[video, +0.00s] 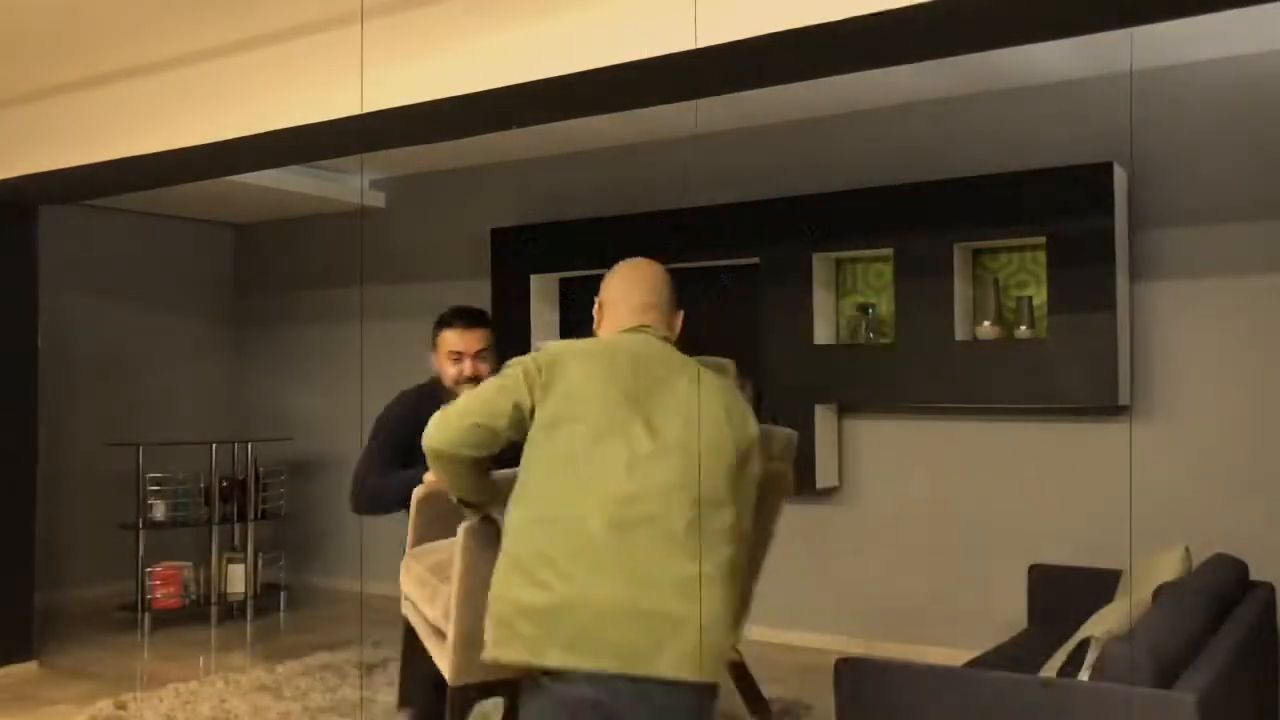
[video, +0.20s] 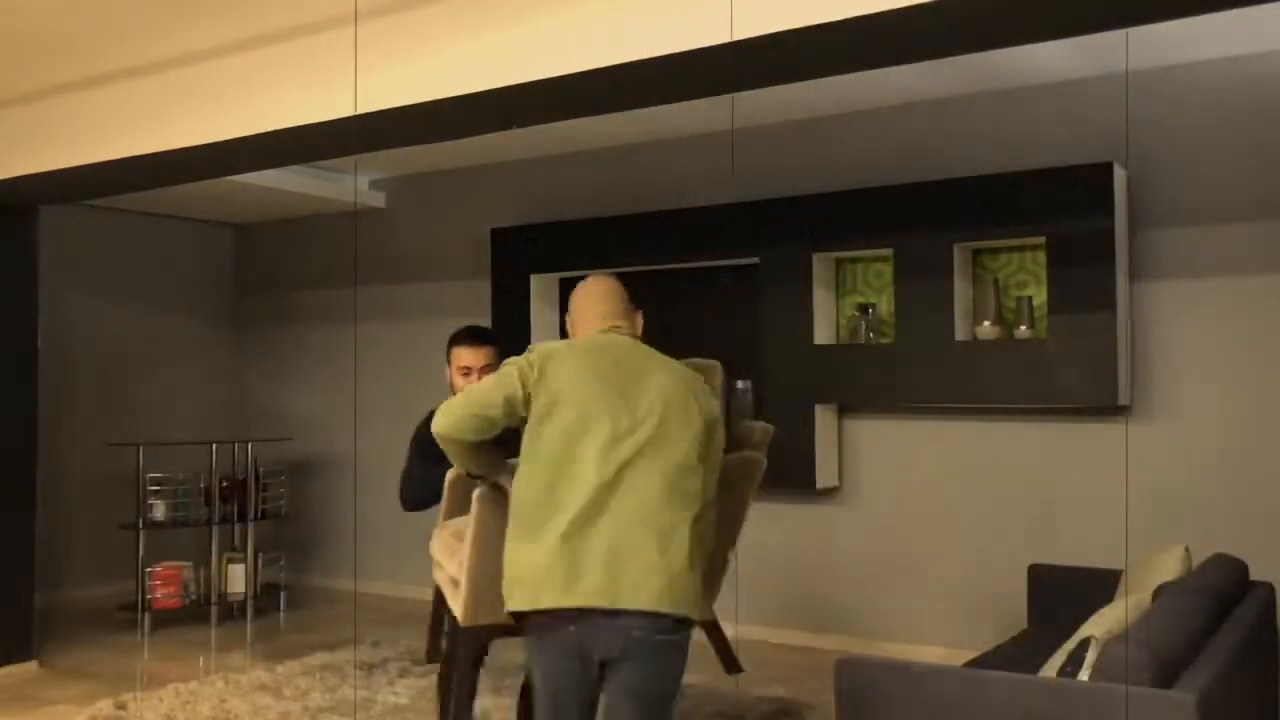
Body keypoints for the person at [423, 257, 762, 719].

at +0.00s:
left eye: (596, 311)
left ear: (597, 315)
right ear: (678, 324)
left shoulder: (553, 365)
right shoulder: (727, 398)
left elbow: (446, 439)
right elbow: (739, 529)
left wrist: (488, 501)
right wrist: (723, 631)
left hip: (556, 653)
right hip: (682, 668)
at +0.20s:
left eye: (569, 325)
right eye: (637, 318)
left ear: (570, 326)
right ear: (637, 322)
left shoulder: (544, 363)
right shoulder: (695, 387)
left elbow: (450, 424)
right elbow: (706, 500)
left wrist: (502, 472)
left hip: (555, 608)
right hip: (656, 614)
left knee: (558, 711)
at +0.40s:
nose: (580, 349)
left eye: (581, 344)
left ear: (585, 344)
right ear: (640, 338)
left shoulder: (566, 383)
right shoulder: (692, 389)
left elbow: (489, 448)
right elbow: (714, 483)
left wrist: (540, 478)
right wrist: (717, 566)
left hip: (593, 582)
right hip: (680, 583)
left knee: (580, 706)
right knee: (672, 711)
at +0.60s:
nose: (605, 378)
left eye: (606, 371)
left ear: (612, 372)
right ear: (658, 371)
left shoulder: (599, 400)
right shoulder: (710, 407)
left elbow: (529, 459)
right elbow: (738, 470)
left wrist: (572, 501)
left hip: (627, 569)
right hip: (705, 568)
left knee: (622, 661)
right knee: (706, 661)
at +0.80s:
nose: (629, 412)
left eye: (632, 407)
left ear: (635, 412)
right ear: (677, 414)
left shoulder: (628, 430)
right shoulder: (717, 447)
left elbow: (566, 484)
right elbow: (744, 514)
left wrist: (596, 523)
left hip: (657, 569)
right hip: (722, 570)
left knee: (643, 647)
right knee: (721, 646)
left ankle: (658, 714)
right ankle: (747, 711)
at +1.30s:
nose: (636, 452)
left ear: (667, 448)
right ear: (701, 452)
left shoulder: (657, 468)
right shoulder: (730, 481)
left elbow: (609, 538)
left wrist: (627, 585)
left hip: (699, 587)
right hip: (755, 592)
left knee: (642, 641)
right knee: (724, 647)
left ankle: (649, 712)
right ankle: (742, 712)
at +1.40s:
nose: (644, 416)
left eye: (646, 408)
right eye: (644, 408)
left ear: (660, 408)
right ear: (686, 407)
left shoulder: (657, 436)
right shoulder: (723, 437)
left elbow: (631, 512)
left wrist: (629, 563)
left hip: (731, 560)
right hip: (779, 559)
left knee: (653, 630)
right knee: (727, 639)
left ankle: (655, 712)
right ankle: (758, 709)